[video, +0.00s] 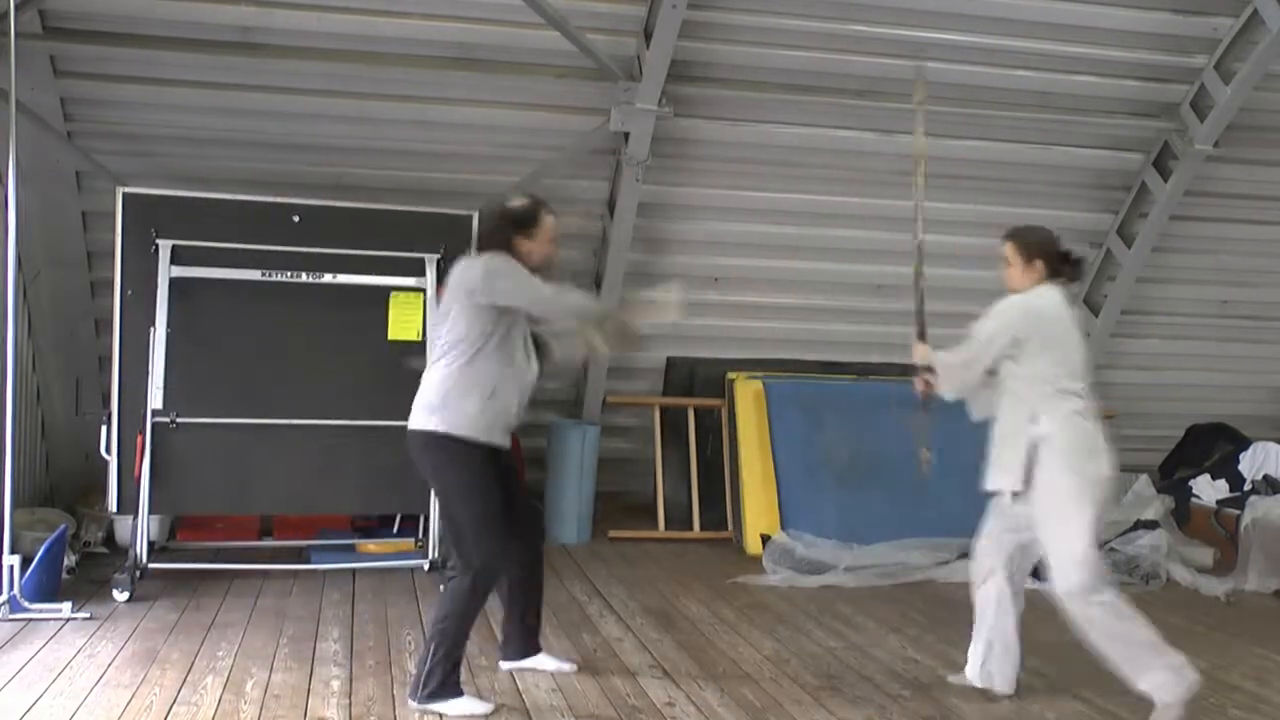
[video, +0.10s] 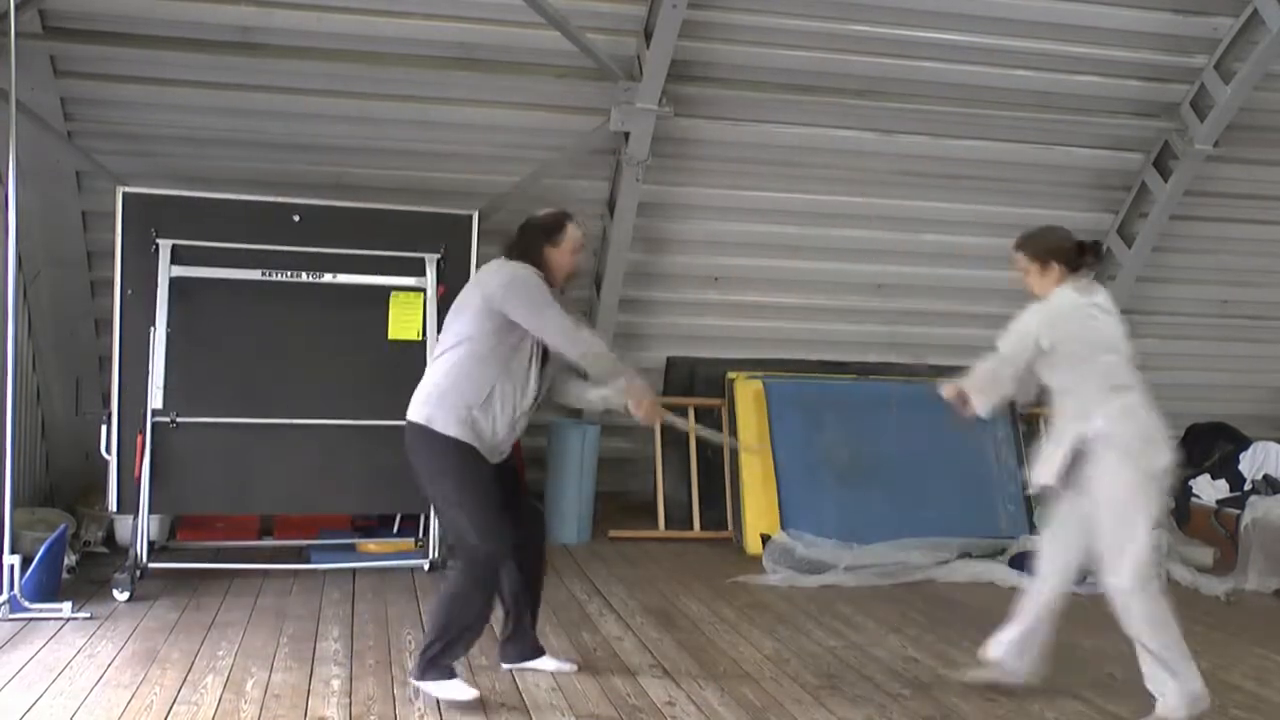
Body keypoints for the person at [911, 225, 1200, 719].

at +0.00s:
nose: (1003, 272)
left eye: (1009, 264)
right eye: (1004, 263)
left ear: (1035, 266)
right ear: (1040, 267)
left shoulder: (1032, 305)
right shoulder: (1051, 309)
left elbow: (973, 357)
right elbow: (1007, 391)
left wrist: (933, 359)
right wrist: (947, 383)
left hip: (1061, 457)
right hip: (1035, 460)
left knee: (1075, 581)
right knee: (994, 560)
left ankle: (1173, 682)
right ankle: (991, 675)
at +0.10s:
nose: (1022, 282)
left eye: (1025, 272)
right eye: (1020, 272)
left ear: (1051, 268)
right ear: (1062, 268)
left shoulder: (1050, 313)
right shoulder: (1095, 304)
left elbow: (1007, 363)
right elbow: (1034, 364)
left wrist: (968, 391)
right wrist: (984, 391)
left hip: (1117, 454)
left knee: (1127, 577)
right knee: (1057, 555)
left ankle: (1182, 696)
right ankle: (1012, 659)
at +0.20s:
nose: (1039, 293)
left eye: (1042, 282)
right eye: (1037, 283)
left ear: (1066, 278)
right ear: (1079, 275)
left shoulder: (1061, 325)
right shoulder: (1120, 300)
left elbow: (1017, 381)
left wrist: (977, 395)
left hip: (1147, 457)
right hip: (1178, 443)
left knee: (1163, 577)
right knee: (1088, 543)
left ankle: (1189, 703)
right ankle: (1089, 659)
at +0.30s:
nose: (1067, 286)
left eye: (1071, 277)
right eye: (1066, 277)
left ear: (1098, 276)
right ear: (1107, 273)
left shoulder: (1100, 328)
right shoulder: (1147, 293)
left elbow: (1048, 398)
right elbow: (1062, 287)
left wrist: (1003, 378)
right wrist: (1003, 325)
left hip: (1180, 464)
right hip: (1210, 450)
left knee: (1184, 580)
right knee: (1180, 573)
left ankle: (1202, 704)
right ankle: (1205, 695)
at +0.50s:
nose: (1124, 271)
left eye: (1131, 261)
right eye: (1125, 261)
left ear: (1161, 265)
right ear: (1172, 266)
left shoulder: (1156, 317)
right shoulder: (1198, 305)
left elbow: (1075, 361)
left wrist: (1066, 302)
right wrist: (1075, 299)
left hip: (1210, 468)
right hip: (1259, 458)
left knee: (1164, 580)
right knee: (1258, 588)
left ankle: (1198, 706)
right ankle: (1277, 699)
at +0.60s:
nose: (1144, 264)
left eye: (1154, 255)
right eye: (1146, 255)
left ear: (1182, 262)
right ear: (1186, 264)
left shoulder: (1183, 309)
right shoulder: (1203, 307)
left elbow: (1113, 366)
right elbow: (1131, 369)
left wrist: (1073, 317)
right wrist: (1093, 334)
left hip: (1223, 469)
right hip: (1255, 463)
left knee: (1162, 584)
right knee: (1252, 594)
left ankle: (1197, 707)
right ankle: (1275, 701)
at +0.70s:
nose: (1159, 273)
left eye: (1169, 264)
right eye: (1161, 263)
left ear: (1199, 272)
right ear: (1202, 275)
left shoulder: (1193, 318)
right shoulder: (1217, 318)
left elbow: (1153, 399)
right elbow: (1186, 418)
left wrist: (1103, 404)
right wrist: (1118, 427)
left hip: (1234, 483)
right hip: (1254, 482)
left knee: (1165, 586)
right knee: (1236, 603)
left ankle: (1197, 711)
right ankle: (1272, 704)